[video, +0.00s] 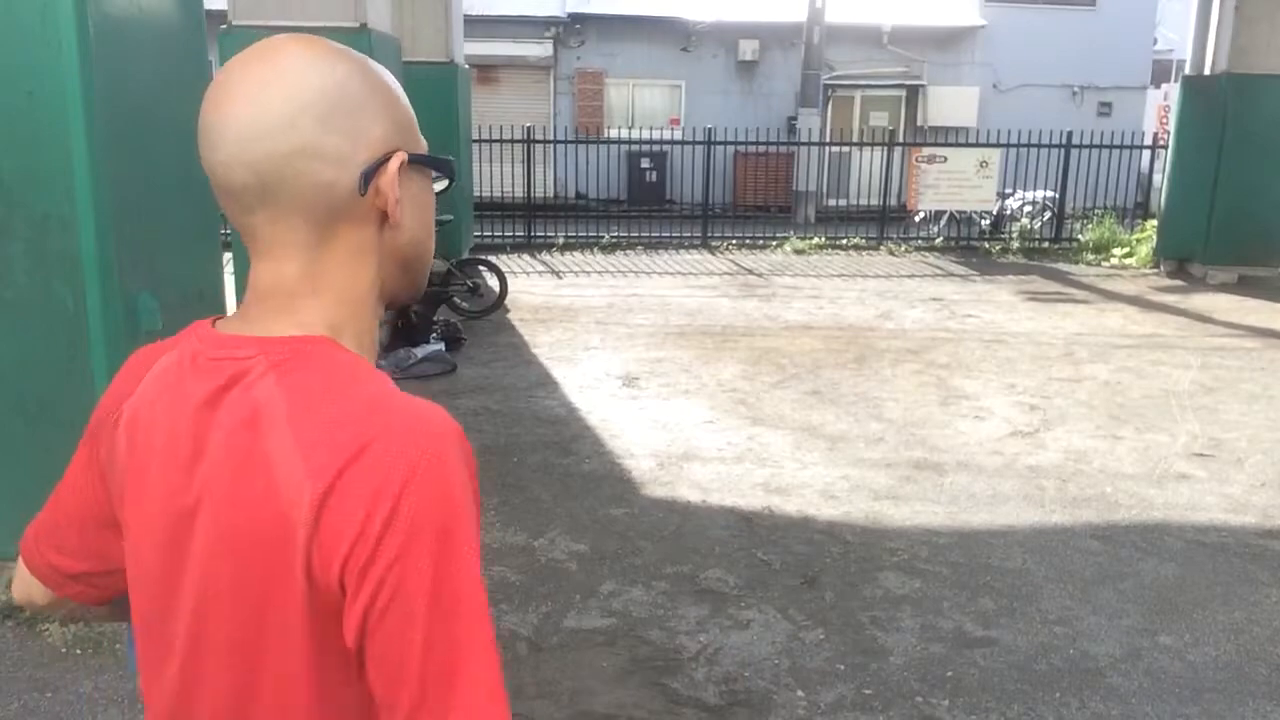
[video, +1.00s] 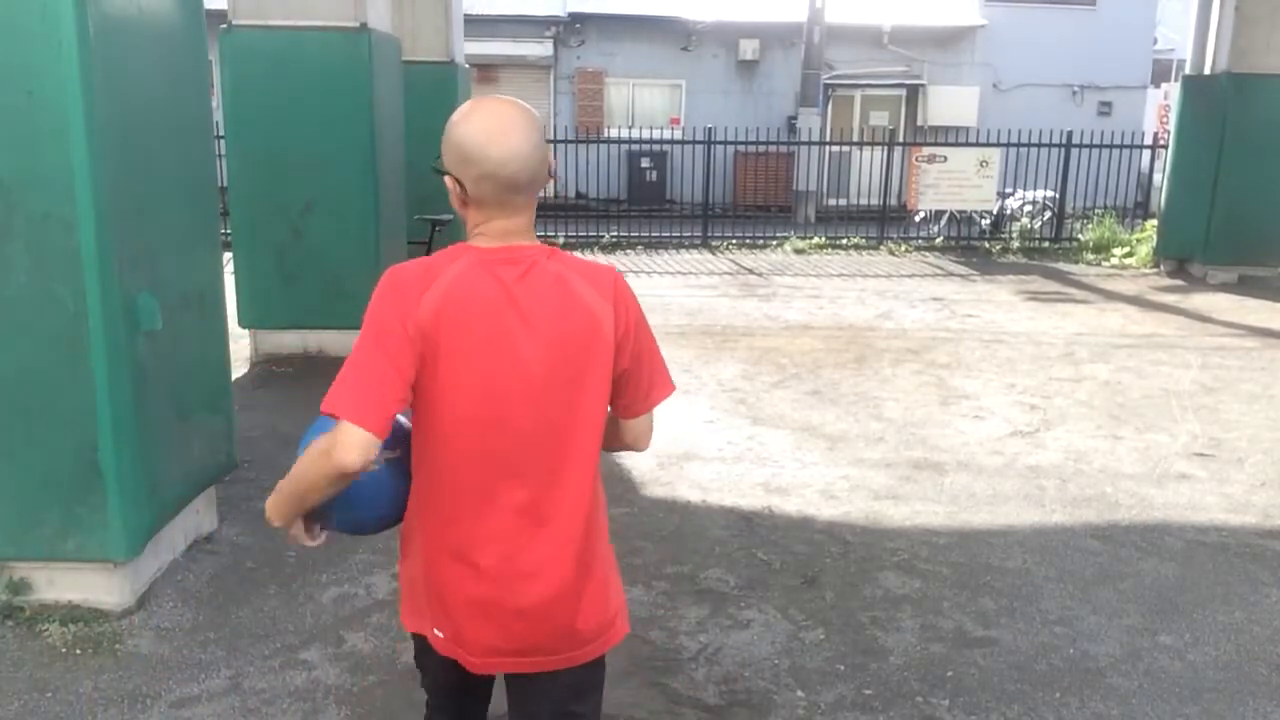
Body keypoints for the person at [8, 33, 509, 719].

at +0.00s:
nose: (432, 200)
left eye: (431, 173)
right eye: (428, 173)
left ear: (236, 211)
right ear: (390, 192)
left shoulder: (149, 380)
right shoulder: (401, 449)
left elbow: (42, 582)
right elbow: (452, 706)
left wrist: (219, 576)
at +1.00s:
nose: (443, 187)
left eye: (445, 177)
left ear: (456, 191)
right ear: (548, 176)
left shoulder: (412, 289)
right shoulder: (602, 289)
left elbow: (352, 450)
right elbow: (633, 432)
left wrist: (284, 504)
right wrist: (545, 419)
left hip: (452, 598)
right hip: (566, 599)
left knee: (452, 710)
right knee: (563, 711)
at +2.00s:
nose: (573, 163)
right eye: (574, 156)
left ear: (504, 154)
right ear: (569, 165)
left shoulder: (452, 217)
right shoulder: (581, 243)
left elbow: (401, 311)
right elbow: (590, 361)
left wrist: (447, 343)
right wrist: (555, 373)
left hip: (457, 422)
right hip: (534, 433)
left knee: (445, 532)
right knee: (529, 558)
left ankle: (432, 659)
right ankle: (519, 683)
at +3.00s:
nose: (522, 172)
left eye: (522, 162)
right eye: (520, 161)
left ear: (465, 161)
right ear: (501, 162)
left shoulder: (429, 218)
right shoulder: (500, 230)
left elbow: (456, 284)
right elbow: (539, 325)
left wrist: (523, 260)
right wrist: (585, 290)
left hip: (434, 395)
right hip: (485, 404)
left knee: (471, 485)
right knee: (515, 526)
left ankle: (447, 587)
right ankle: (469, 646)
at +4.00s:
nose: (527, 163)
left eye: (524, 153)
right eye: (527, 154)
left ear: (469, 155)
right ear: (516, 157)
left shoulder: (427, 220)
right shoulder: (525, 224)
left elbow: (388, 303)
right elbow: (558, 314)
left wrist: (402, 364)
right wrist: (616, 345)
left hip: (467, 379)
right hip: (519, 391)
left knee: (563, 324)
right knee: (521, 507)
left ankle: (539, 448)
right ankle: (484, 626)